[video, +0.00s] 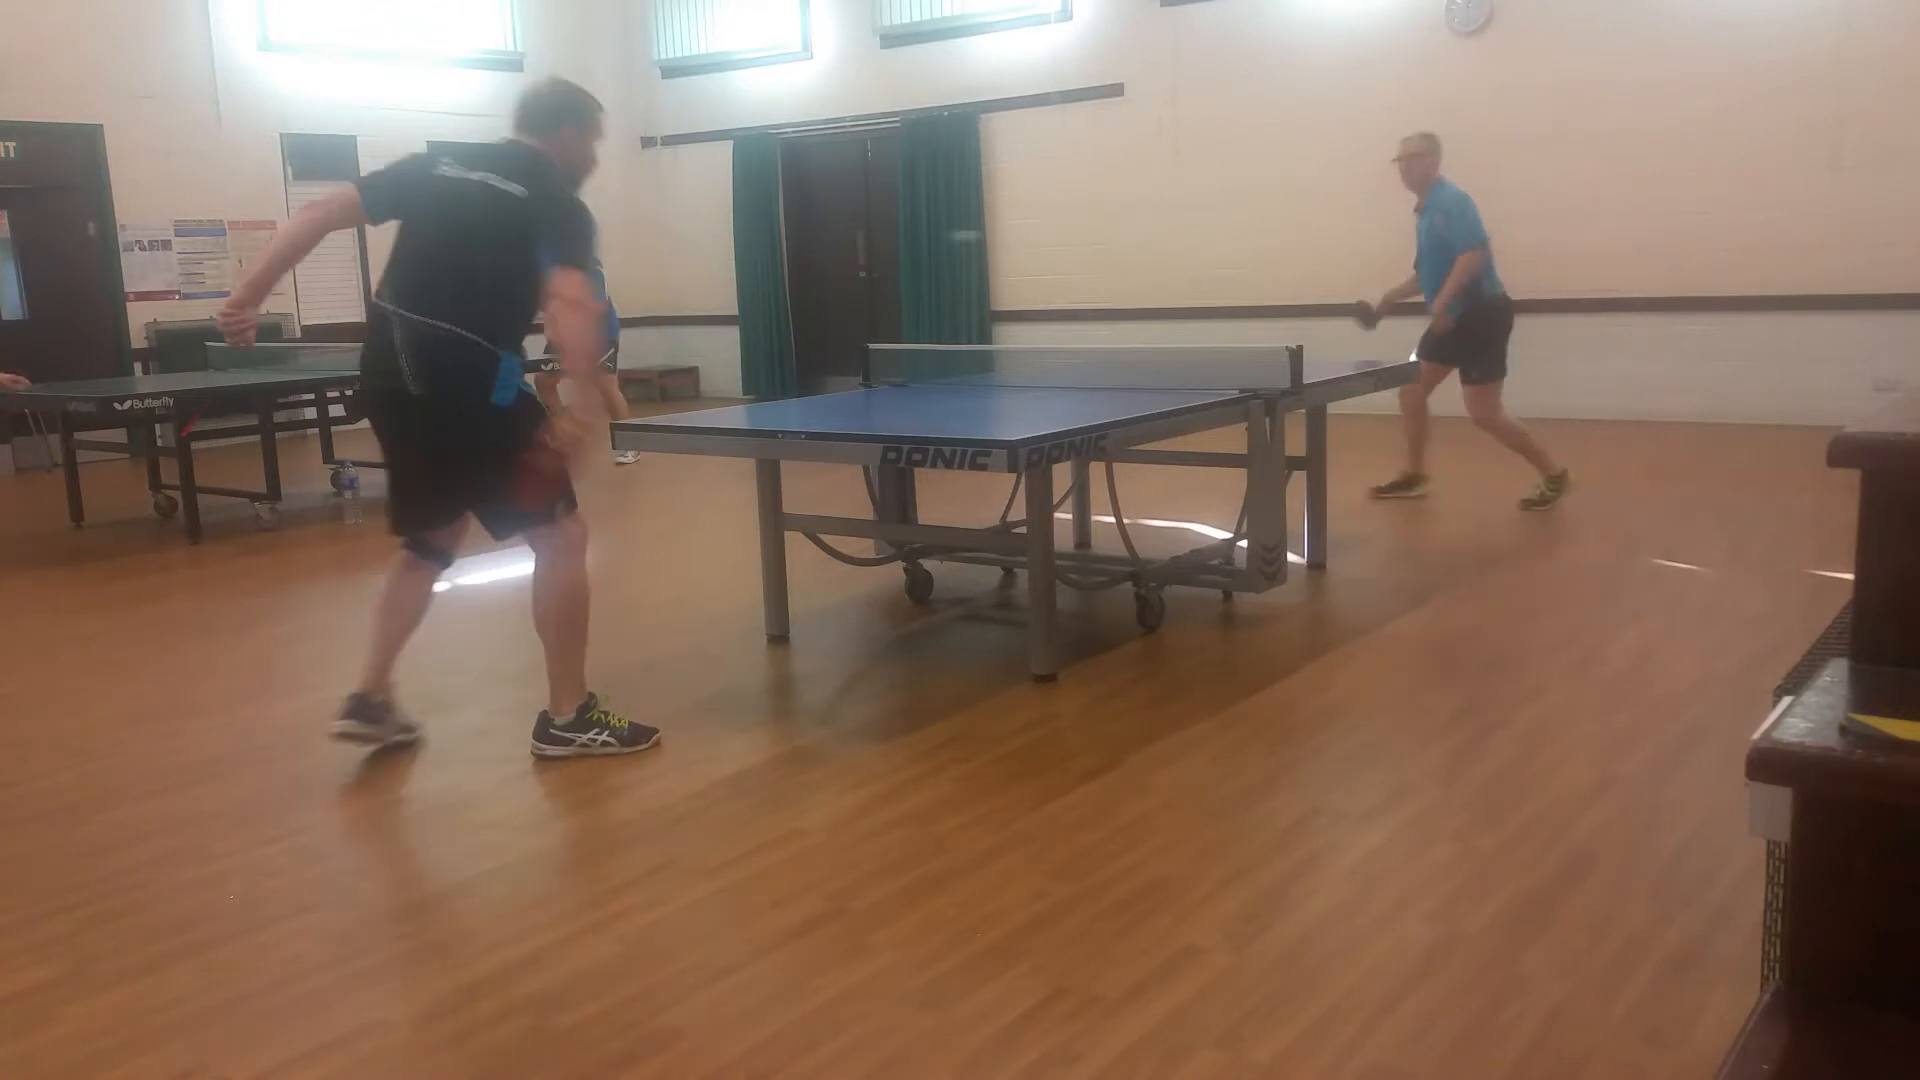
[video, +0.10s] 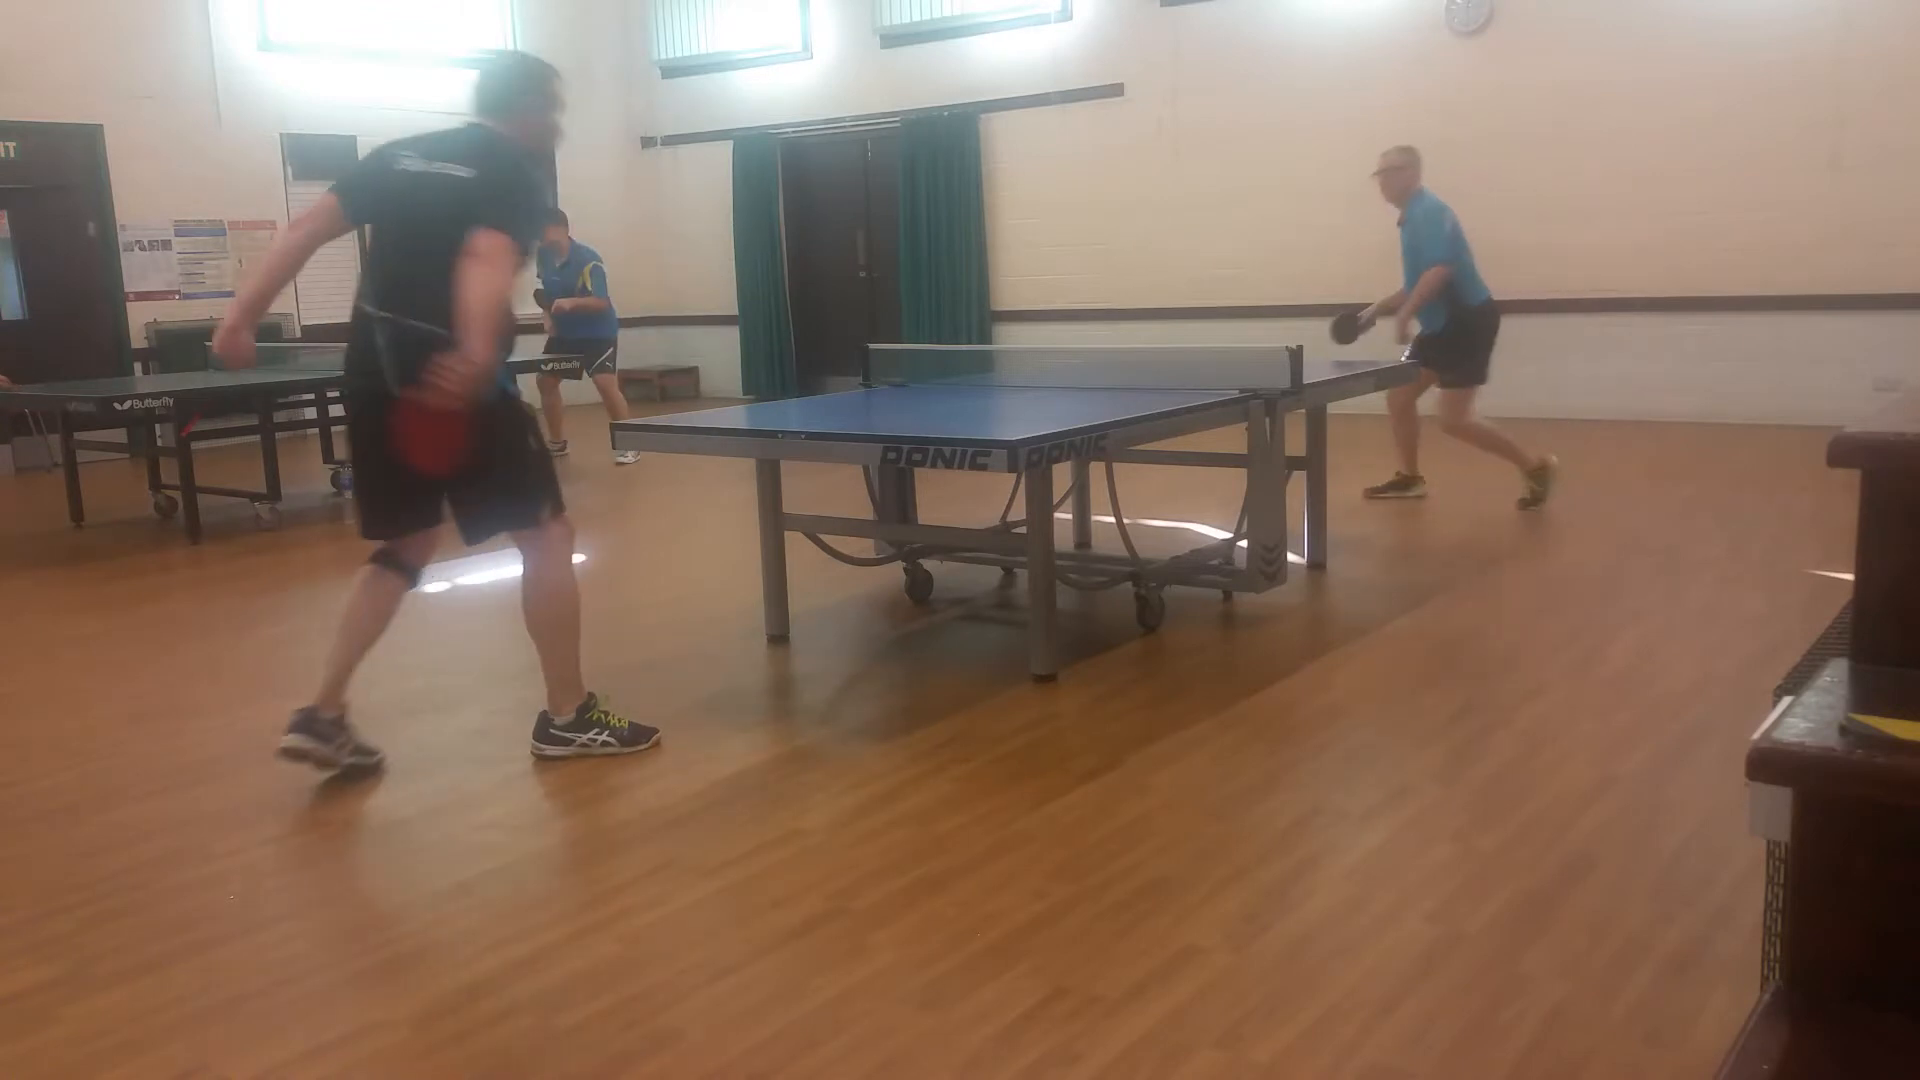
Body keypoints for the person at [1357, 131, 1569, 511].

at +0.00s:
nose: (1403, 168)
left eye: (1411, 160)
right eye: (1401, 161)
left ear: (1432, 162)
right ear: (1403, 165)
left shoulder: (1453, 201)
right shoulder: (1428, 208)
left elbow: (1473, 256)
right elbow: (1427, 272)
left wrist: (1440, 306)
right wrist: (1388, 298)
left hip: (1484, 312)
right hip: (1454, 315)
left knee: (1484, 412)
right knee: (1412, 389)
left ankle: (1554, 475)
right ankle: (1414, 474)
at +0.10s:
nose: (1379, 183)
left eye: (1385, 175)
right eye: (1378, 176)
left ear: (1408, 174)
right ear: (1398, 177)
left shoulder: (1428, 212)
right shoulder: (1411, 216)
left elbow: (1440, 270)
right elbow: (1417, 282)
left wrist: (1405, 315)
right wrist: (1377, 310)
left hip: (1471, 318)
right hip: (1443, 320)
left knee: (1454, 421)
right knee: (1400, 393)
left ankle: (1535, 468)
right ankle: (1408, 477)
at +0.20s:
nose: (1361, 191)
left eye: (1367, 183)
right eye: (1360, 184)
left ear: (1390, 181)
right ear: (1384, 185)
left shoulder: (1411, 216)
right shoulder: (1399, 220)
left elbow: (1416, 277)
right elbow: (1409, 281)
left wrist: (1380, 315)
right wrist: (1375, 309)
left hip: (1461, 316)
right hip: (1439, 319)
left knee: (1418, 408)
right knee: (1393, 394)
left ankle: (1499, 468)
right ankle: (1409, 476)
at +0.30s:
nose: (1348, 200)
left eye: (1354, 192)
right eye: (1348, 193)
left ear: (1376, 189)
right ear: (1376, 190)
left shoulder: (1396, 220)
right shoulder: (1389, 223)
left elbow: (1390, 282)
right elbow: (1397, 285)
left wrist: (1356, 319)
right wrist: (1376, 316)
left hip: (1450, 319)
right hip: (1430, 322)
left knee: (1412, 409)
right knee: (1378, 394)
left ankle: (1480, 491)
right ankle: (1404, 472)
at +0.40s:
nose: (1337, 214)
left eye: (1342, 206)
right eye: (1337, 207)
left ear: (1362, 203)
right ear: (1370, 204)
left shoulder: (1377, 233)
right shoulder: (1392, 230)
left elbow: (1362, 293)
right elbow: (1397, 296)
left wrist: (1332, 323)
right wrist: (1358, 309)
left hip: (1430, 330)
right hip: (1423, 328)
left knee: (1406, 424)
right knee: (1358, 383)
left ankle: (1480, 491)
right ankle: (1380, 464)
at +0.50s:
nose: (1322, 227)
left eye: (1323, 218)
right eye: (1320, 219)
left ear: (1340, 214)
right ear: (1355, 212)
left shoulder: (1352, 239)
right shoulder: (1379, 236)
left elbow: (1328, 296)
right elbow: (1381, 295)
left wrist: (1298, 322)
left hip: (1406, 336)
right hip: (1423, 331)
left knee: (1402, 426)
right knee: (1349, 390)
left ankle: (1475, 488)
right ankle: (1330, 462)